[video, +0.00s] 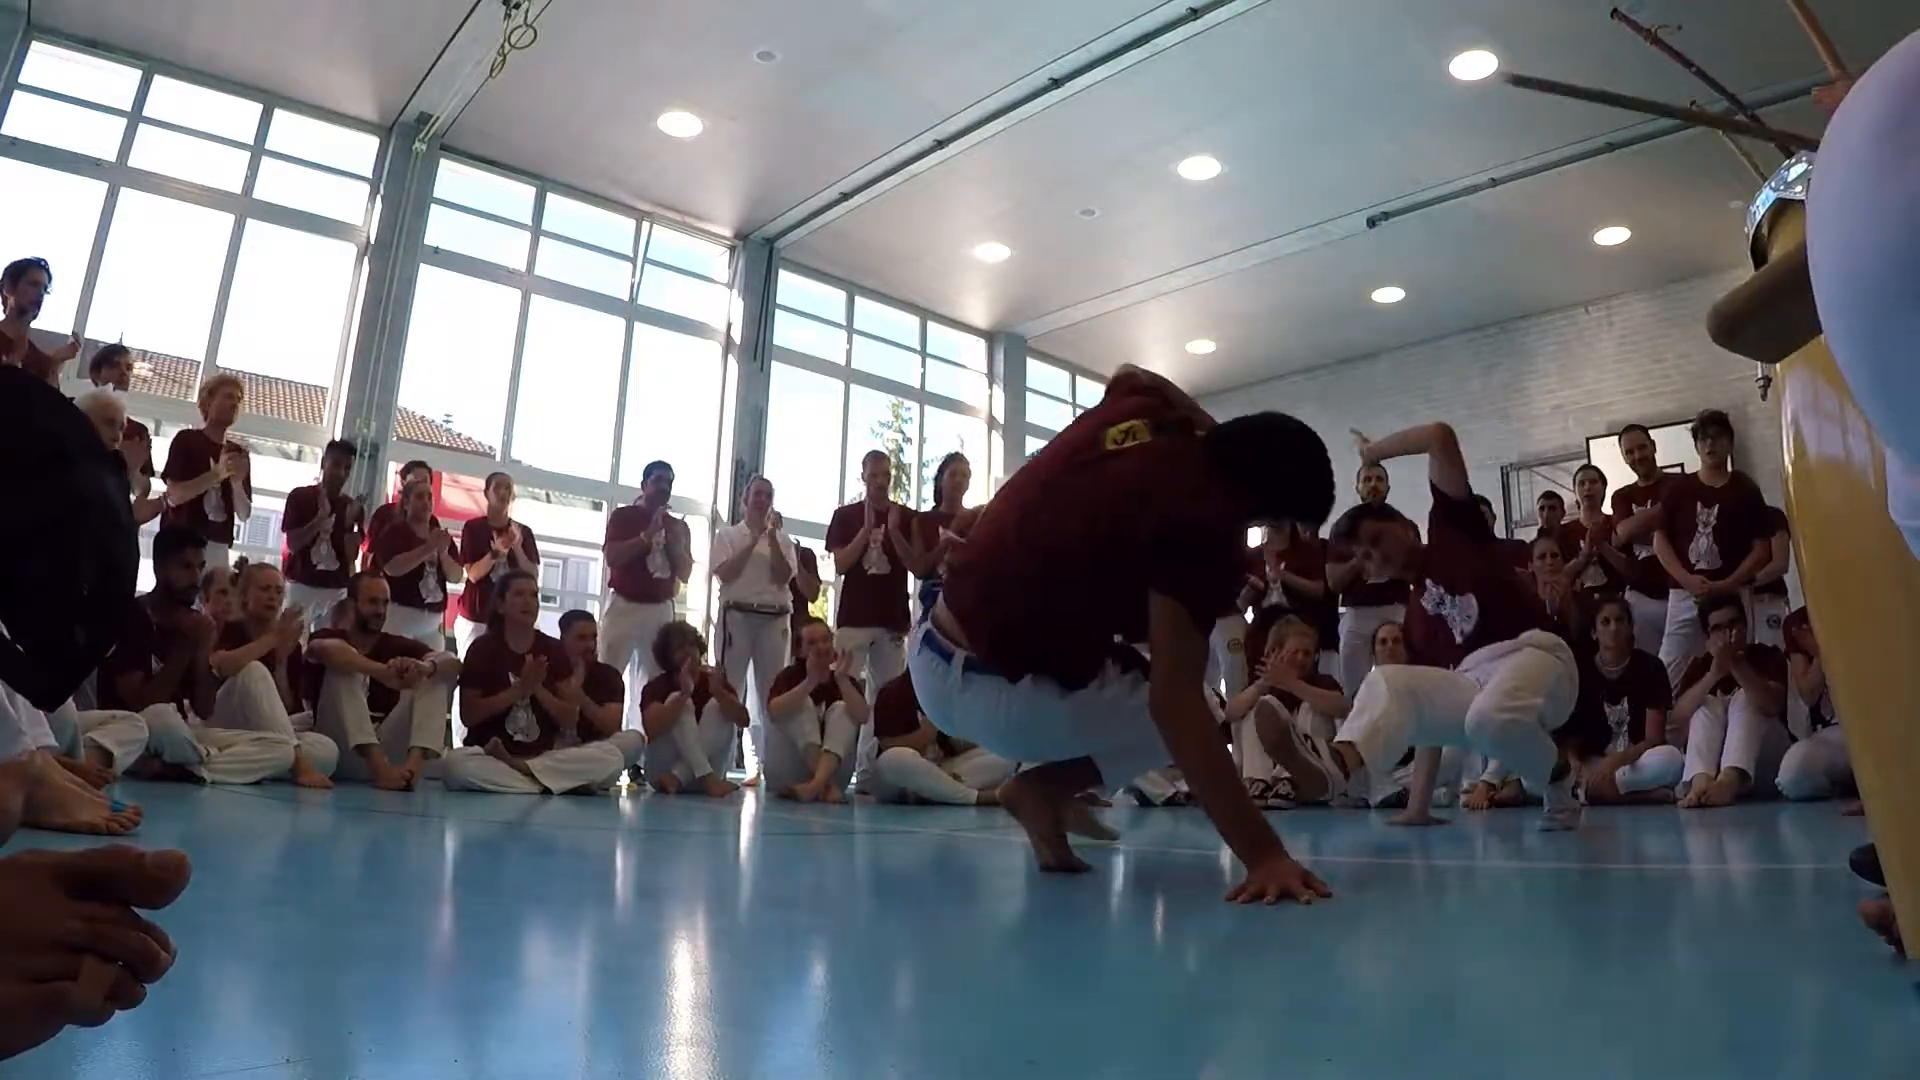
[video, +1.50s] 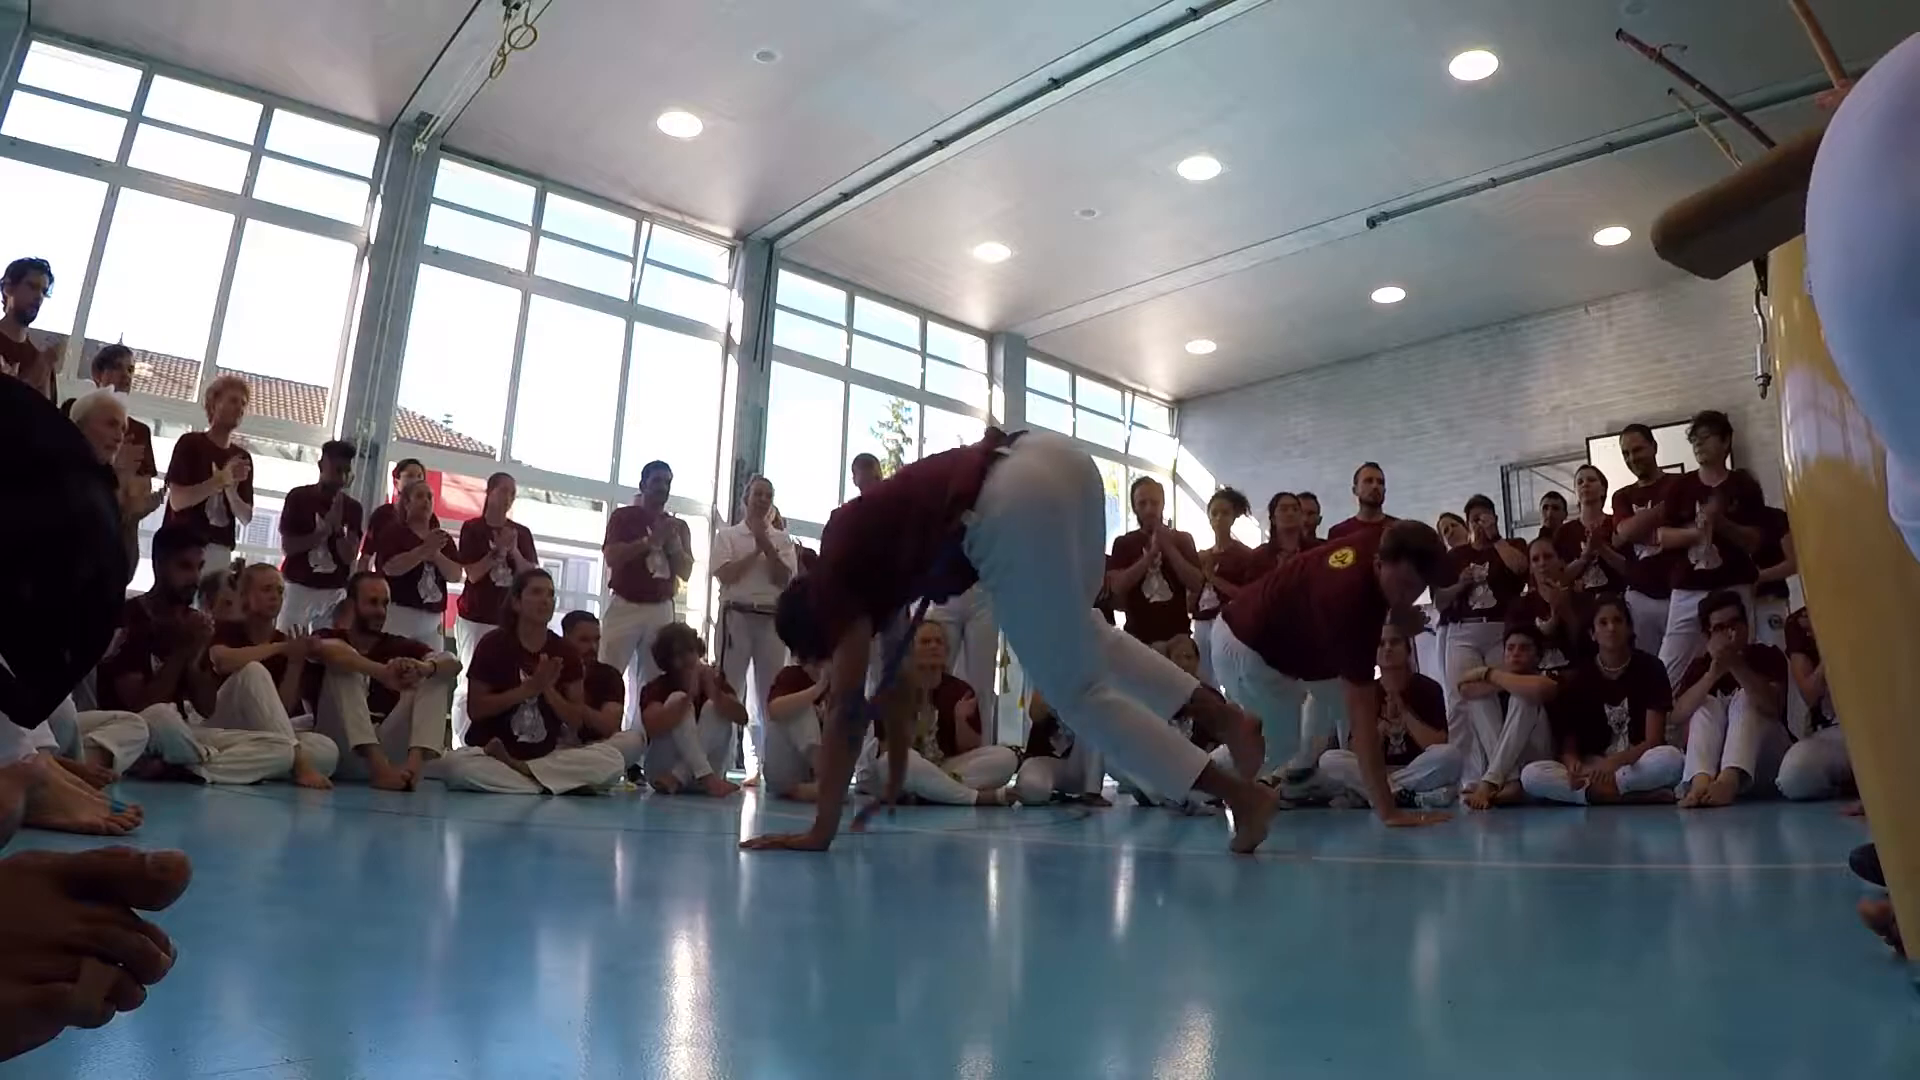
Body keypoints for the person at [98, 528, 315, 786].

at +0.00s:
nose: (195, 577)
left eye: (199, 567)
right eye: (184, 567)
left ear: (204, 569)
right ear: (158, 568)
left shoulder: (200, 624)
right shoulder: (131, 614)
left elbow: (205, 709)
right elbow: (138, 703)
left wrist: (203, 650)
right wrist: (185, 647)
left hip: (184, 731)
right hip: (132, 732)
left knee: (283, 752)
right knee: (161, 717)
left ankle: (178, 770)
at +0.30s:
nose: (196, 578)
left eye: (199, 569)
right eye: (186, 568)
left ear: (204, 571)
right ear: (159, 568)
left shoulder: (199, 623)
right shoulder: (131, 614)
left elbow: (206, 708)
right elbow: (136, 703)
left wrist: (201, 650)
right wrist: (183, 651)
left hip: (187, 729)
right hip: (134, 731)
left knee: (284, 752)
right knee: (161, 716)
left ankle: (181, 771)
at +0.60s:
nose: (196, 578)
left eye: (200, 569)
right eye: (185, 567)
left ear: (205, 571)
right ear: (159, 568)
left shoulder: (198, 625)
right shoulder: (130, 616)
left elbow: (206, 709)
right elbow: (138, 703)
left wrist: (202, 651)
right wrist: (183, 650)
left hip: (181, 731)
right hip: (129, 732)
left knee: (283, 752)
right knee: (162, 717)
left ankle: (181, 771)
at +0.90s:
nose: (197, 578)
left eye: (202, 568)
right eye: (187, 567)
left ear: (206, 570)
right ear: (160, 567)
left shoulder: (199, 625)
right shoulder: (128, 617)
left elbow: (207, 710)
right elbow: (134, 703)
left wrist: (198, 662)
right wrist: (187, 654)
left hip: (186, 731)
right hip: (132, 731)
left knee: (284, 753)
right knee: (160, 716)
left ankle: (180, 772)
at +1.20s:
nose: (198, 578)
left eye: (202, 568)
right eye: (188, 567)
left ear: (206, 568)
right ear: (160, 566)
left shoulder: (195, 624)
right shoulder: (128, 615)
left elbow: (205, 708)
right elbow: (134, 703)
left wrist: (198, 653)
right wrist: (186, 651)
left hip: (182, 734)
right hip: (130, 733)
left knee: (283, 751)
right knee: (162, 716)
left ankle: (179, 771)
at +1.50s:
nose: (194, 578)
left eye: (198, 568)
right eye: (183, 567)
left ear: (203, 569)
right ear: (158, 567)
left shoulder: (197, 621)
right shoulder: (128, 615)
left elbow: (208, 707)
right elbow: (137, 705)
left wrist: (194, 655)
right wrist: (182, 650)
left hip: (187, 730)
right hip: (136, 732)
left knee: (283, 754)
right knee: (161, 716)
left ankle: (182, 770)